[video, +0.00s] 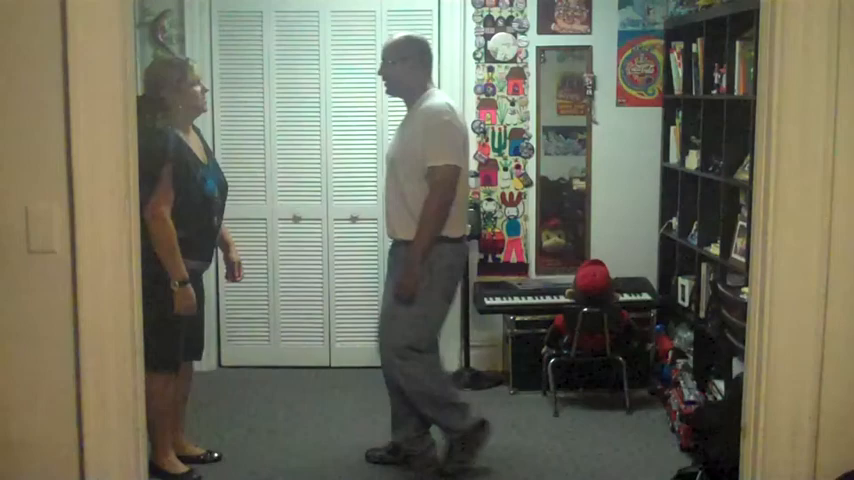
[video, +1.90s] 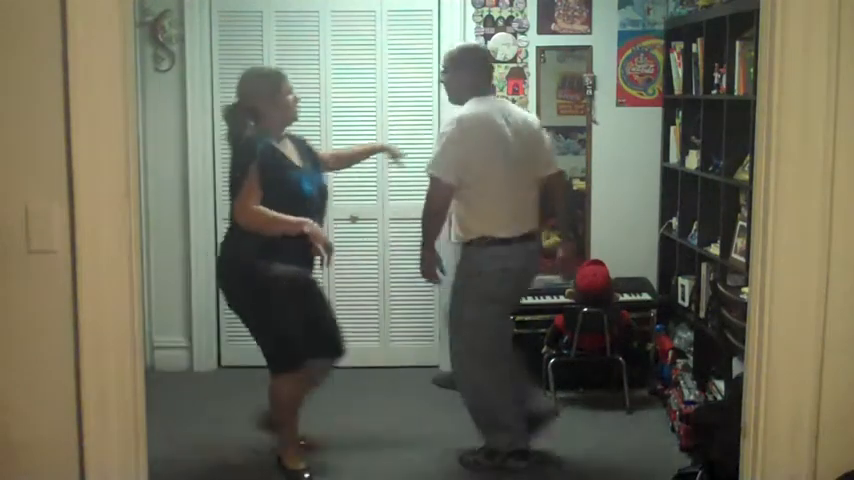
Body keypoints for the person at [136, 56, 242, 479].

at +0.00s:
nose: (203, 88)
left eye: (201, 82)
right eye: (194, 84)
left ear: (187, 95)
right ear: (170, 94)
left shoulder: (192, 135)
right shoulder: (160, 139)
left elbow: (201, 200)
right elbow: (156, 214)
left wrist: (227, 244)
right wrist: (179, 279)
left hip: (190, 266)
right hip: (163, 269)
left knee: (184, 359)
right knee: (163, 364)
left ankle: (178, 440)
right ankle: (161, 453)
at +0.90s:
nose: (209, 91)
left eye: (208, 85)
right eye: (201, 87)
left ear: (194, 93)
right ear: (177, 95)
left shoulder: (195, 134)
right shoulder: (167, 139)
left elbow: (204, 201)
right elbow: (164, 210)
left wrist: (232, 241)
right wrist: (218, 247)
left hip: (192, 262)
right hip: (169, 265)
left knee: (179, 357)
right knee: (167, 359)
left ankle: (176, 439)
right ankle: (163, 449)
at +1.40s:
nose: (235, 91)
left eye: (232, 85)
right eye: (227, 87)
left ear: (206, 98)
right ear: (205, 96)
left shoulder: (214, 136)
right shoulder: (199, 144)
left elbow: (225, 197)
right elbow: (219, 211)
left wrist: (257, 210)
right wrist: (265, 214)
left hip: (192, 259)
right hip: (186, 263)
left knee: (189, 351)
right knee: (226, 350)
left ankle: (173, 445)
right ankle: (223, 454)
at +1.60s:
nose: (257, 96)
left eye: (254, 90)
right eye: (249, 91)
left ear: (226, 102)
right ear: (225, 101)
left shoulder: (233, 142)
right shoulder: (219, 147)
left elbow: (257, 175)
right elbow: (224, 213)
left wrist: (295, 178)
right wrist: (279, 225)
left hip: (219, 265)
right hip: (214, 269)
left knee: (203, 356)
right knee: (264, 352)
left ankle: (176, 443)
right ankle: (288, 451)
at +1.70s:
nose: (269, 98)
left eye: (266, 92)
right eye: (260, 94)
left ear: (241, 105)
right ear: (237, 104)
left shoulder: (250, 144)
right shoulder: (234, 148)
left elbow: (279, 171)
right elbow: (230, 214)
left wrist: (324, 165)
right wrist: (289, 231)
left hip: (245, 269)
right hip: (228, 271)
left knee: (230, 356)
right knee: (276, 356)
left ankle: (182, 437)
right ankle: (289, 452)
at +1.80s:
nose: (283, 98)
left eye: (280, 92)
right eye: (275, 93)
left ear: (255, 103)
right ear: (252, 103)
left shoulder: (270, 143)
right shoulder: (246, 146)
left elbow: (306, 167)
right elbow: (239, 211)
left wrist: (353, 157)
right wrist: (299, 232)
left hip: (269, 267)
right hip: (245, 269)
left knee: (282, 353)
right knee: (284, 354)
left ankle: (216, 411)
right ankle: (290, 455)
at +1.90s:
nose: (295, 98)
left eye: (292, 92)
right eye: (287, 94)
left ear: (276, 104)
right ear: (263, 104)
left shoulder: (295, 144)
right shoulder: (254, 148)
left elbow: (329, 161)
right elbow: (244, 212)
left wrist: (376, 147)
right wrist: (303, 225)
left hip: (290, 265)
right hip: (253, 268)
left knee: (325, 350)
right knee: (290, 358)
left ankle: (278, 415)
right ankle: (288, 447)